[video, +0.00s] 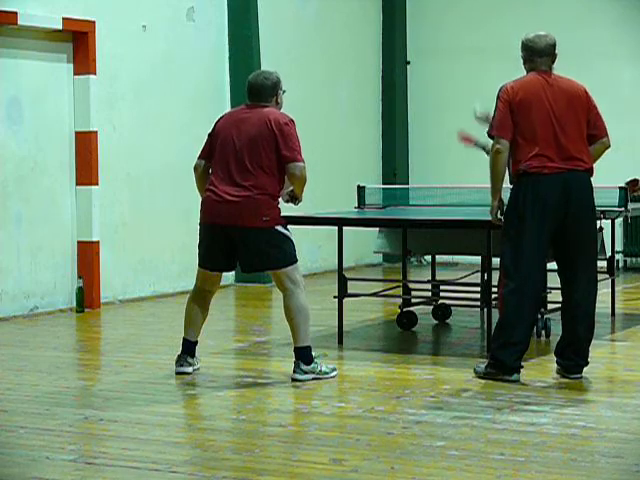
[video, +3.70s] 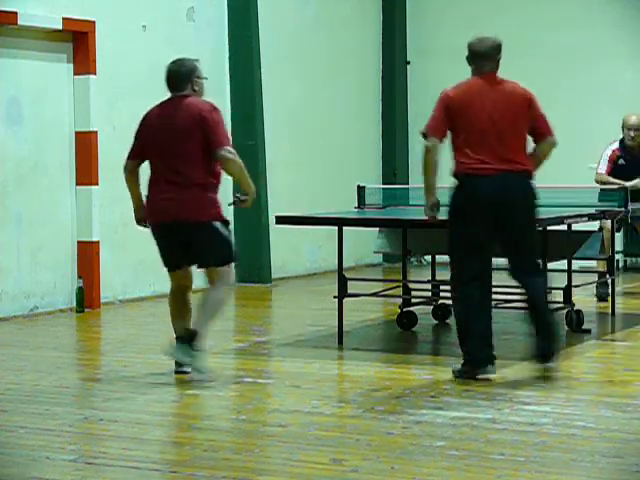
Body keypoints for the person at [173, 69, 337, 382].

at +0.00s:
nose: (283, 99)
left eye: (283, 95)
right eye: (282, 95)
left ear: (248, 96)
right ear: (276, 96)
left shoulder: (225, 120)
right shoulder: (280, 121)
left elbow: (200, 167)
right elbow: (297, 172)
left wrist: (212, 199)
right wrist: (296, 191)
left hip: (215, 217)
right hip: (260, 217)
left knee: (203, 288)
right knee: (292, 285)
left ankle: (186, 356)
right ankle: (304, 361)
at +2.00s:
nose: (289, 104)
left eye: (289, 99)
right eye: (288, 99)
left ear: (255, 101)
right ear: (279, 101)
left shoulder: (229, 122)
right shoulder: (284, 123)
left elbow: (202, 169)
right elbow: (301, 173)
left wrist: (209, 204)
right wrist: (298, 196)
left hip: (215, 215)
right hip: (260, 215)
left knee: (204, 287)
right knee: (293, 285)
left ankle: (187, 355)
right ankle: (305, 361)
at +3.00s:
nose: (265, 99)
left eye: (262, 95)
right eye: (263, 95)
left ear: (229, 98)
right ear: (259, 98)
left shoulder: (208, 123)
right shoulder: (275, 124)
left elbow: (177, 163)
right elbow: (326, 159)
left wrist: (166, 204)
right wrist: (321, 168)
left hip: (206, 216)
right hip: (252, 215)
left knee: (197, 287)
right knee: (286, 283)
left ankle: (185, 354)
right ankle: (305, 355)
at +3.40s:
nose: (244, 103)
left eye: (242, 98)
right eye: (242, 99)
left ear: (209, 105)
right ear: (235, 102)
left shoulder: (190, 135)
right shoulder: (253, 130)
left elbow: (158, 179)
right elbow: (291, 167)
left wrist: (147, 221)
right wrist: (298, 198)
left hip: (200, 228)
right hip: (245, 225)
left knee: (195, 287)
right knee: (282, 288)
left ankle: (185, 355)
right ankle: (305, 359)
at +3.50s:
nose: (227, 96)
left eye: (225, 91)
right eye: (225, 92)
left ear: (194, 97)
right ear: (220, 95)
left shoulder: (175, 128)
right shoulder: (235, 124)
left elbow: (147, 174)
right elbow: (258, 162)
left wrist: (140, 213)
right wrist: (278, 195)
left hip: (186, 222)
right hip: (230, 219)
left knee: (189, 287)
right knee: (264, 283)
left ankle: (185, 355)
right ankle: (293, 354)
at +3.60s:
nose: (215, 89)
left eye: (213, 85)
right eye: (213, 85)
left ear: (183, 89)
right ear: (205, 88)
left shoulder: (162, 121)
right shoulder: (219, 116)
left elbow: (137, 167)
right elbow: (237, 157)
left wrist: (139, 206)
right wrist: (261, 193)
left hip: (173, 218)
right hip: (215, 215)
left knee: (185, 284)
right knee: (245, 278)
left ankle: (184, 355)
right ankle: (246, 354)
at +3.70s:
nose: (204, 84)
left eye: (202, 79)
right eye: (201, 80)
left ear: (172, 84)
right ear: (193, 83)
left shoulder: (152, 116)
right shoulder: (206, 111)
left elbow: (131, 167)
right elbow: (224, 155)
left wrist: (138, 204)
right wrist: (248, 187)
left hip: (161, 214)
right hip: (201, 212)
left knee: (180, 282)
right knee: (223, 281)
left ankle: (183, 355)